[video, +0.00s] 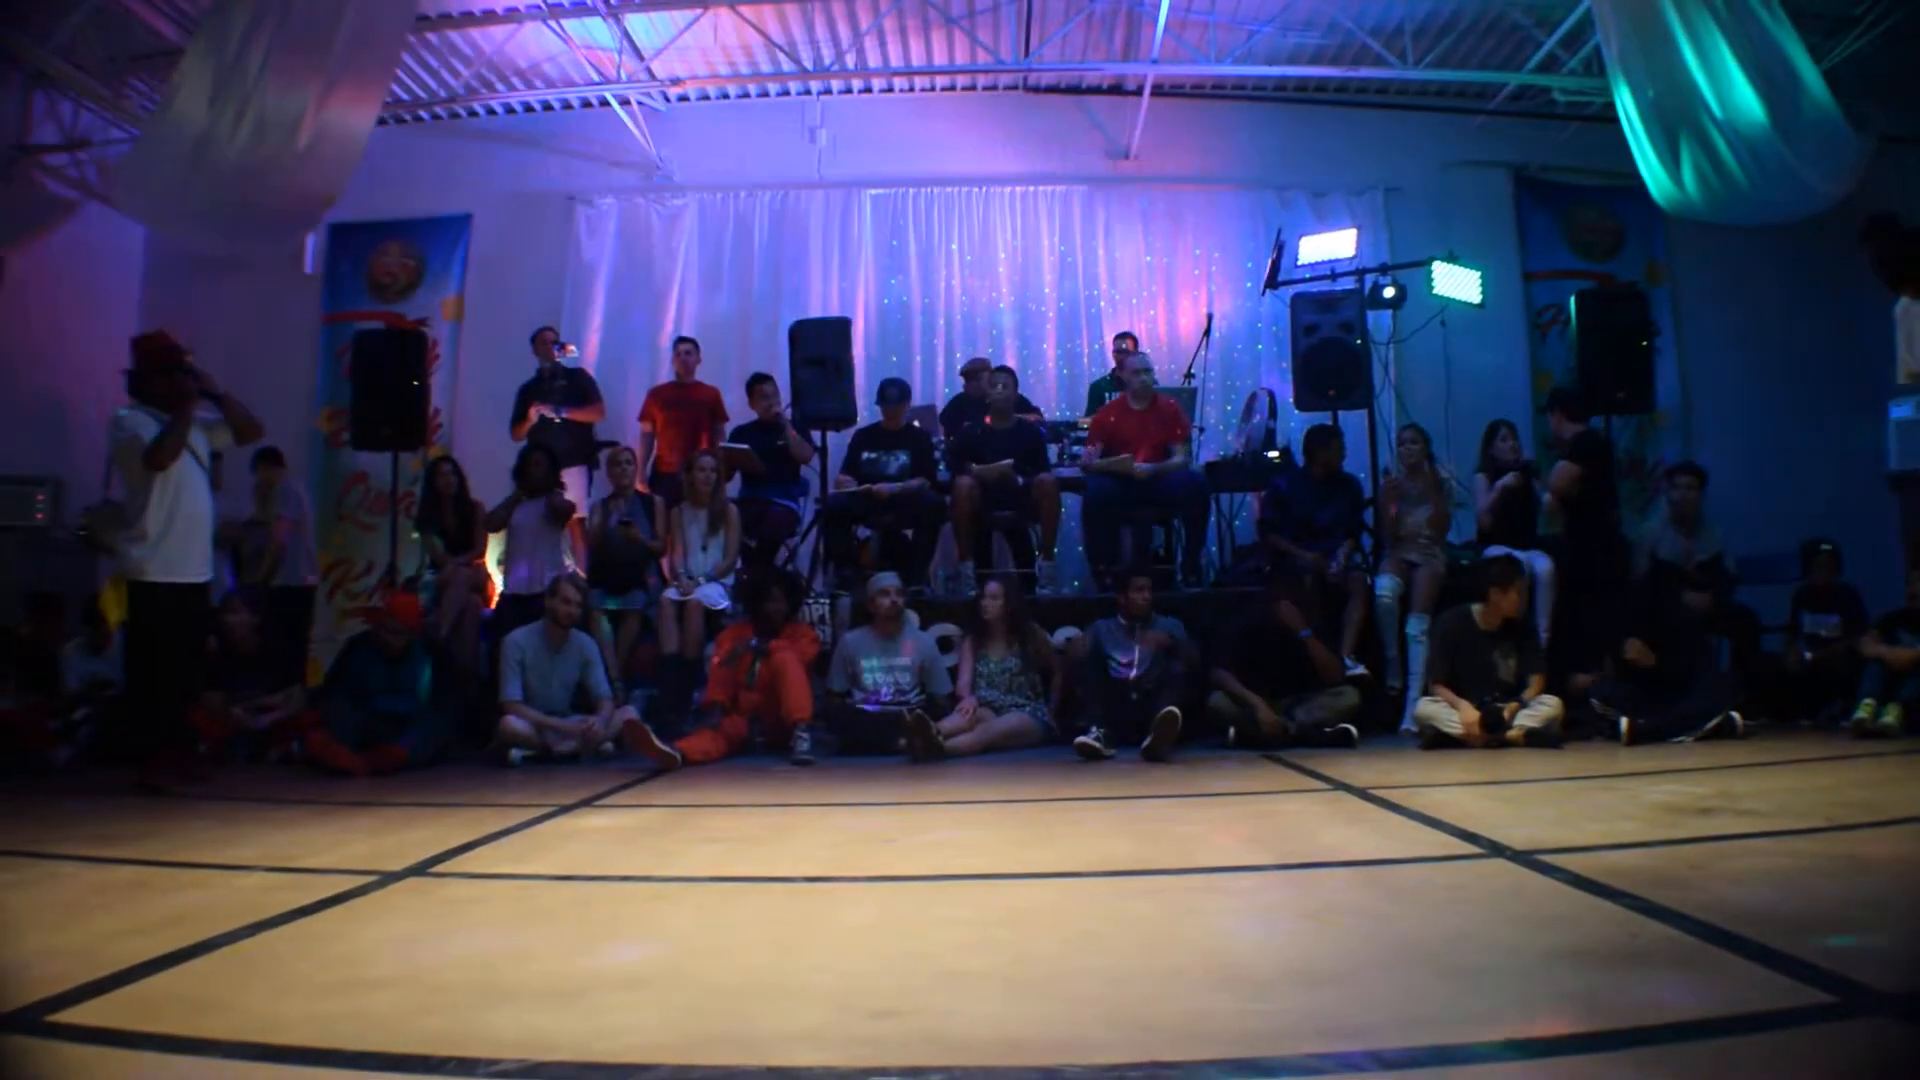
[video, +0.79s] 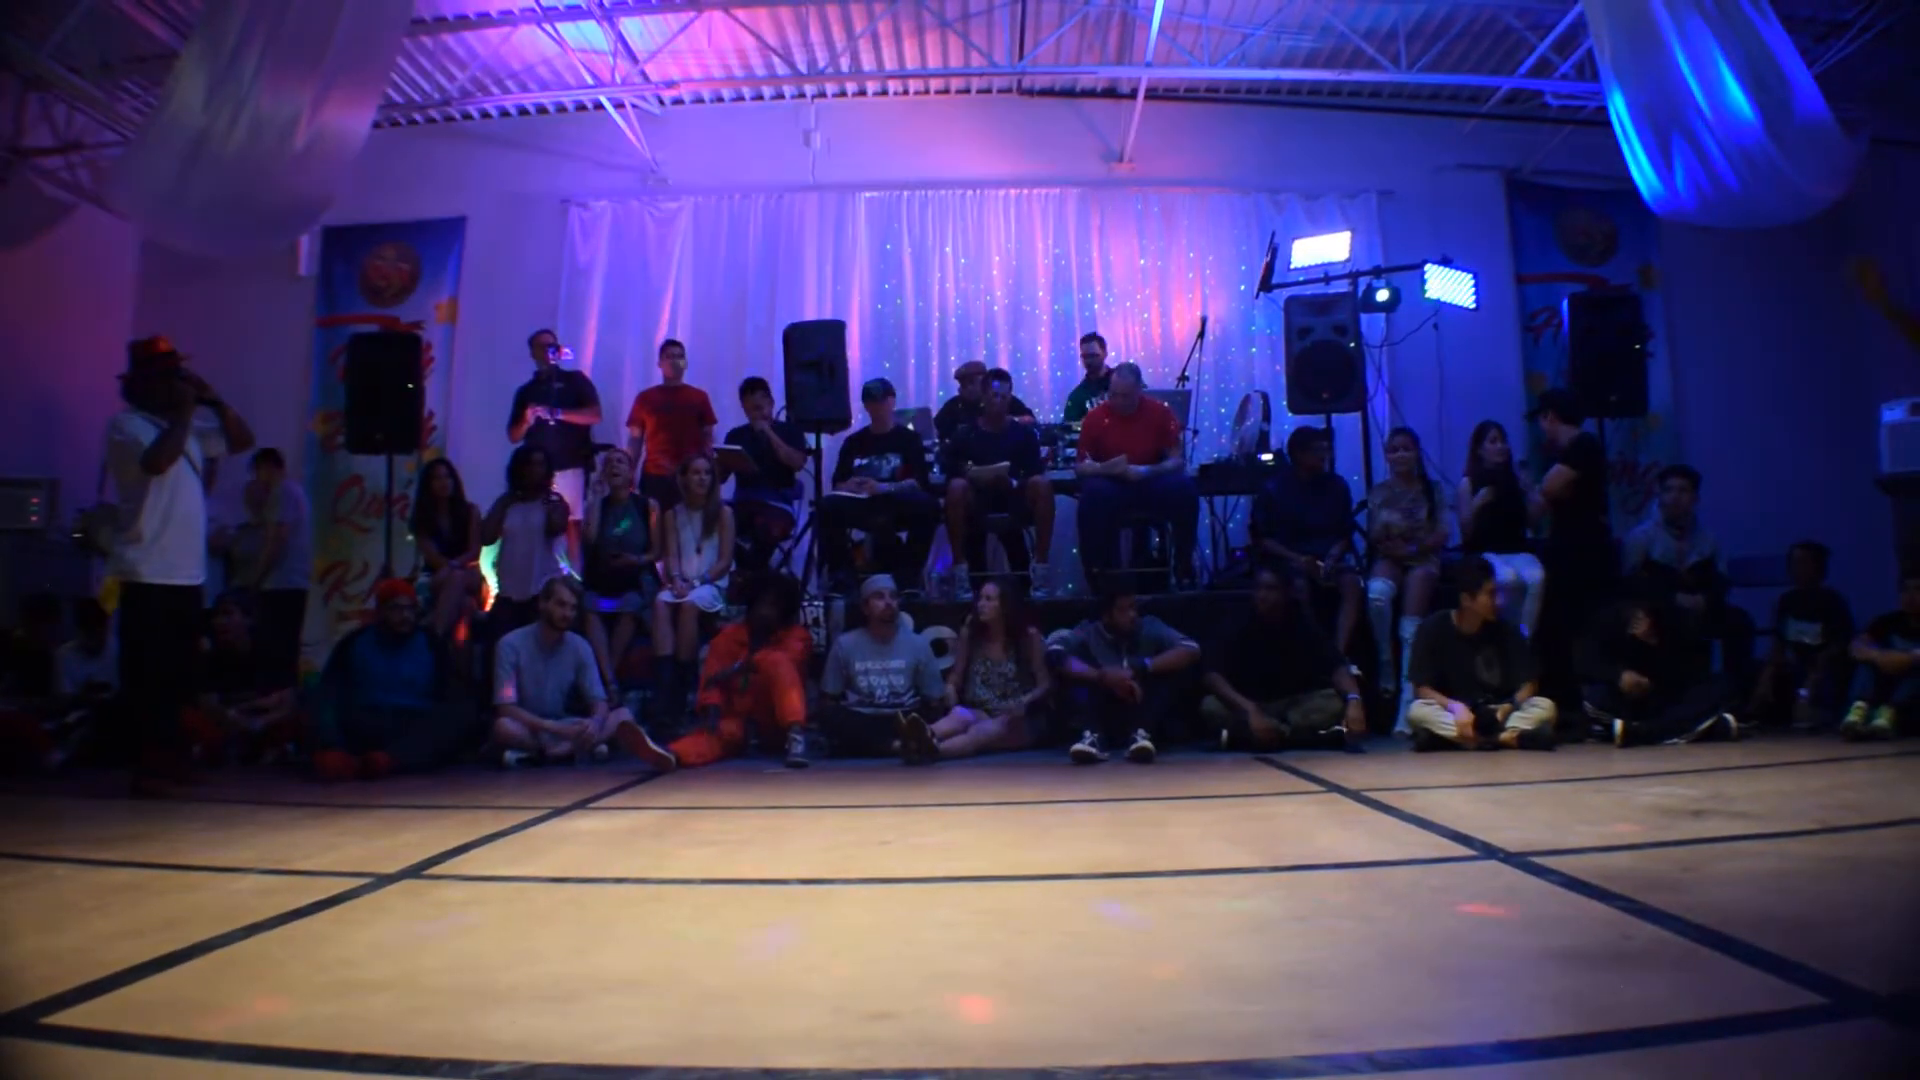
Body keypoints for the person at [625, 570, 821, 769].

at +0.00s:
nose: (773, 609)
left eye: (780, 603)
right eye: (768, 602)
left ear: (791, 606)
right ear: (755, 603)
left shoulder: (802, 633)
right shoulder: (734, 636)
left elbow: (801, 655)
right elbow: (720, 674)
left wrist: (765, 649)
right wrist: (715, 708)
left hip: (781, 715)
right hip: (742, 719)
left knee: (784, 657)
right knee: (716, 737)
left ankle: (801, 734)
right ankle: (677, 752)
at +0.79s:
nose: (763, 614)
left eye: (772, 607)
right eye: (759, 606)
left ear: (785, 612)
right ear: (751, 607)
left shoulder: (796, 636)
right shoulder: (730, 637)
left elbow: (785, 659)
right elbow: (712, 676)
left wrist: (747, 665)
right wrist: (712, 706)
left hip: (774, 714)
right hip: (738, 716)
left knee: (774, 660)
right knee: (720, 736)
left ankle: (795, 737)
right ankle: (672, 755)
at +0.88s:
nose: (763, 613)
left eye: (772, 607)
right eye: (759, 605)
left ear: (784, 611)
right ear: (751, 607)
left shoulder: (796, 637)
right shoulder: (727, 640)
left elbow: (784, 658)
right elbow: (710, 693)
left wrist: (744, 668)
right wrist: (727, 724)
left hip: (774, 718)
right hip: (737, 721)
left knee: (776, 661)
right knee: (709, 739)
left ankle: (795, 737)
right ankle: (672, 754)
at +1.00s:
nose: (762, 613)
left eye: (771, 607)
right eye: (758, 606)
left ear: (785, 612)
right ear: (750, 607)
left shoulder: (796, 637)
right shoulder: (726, 642)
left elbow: (786, 658)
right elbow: (707, 695)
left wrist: (744, 667)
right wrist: (720, 713)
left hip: (773, 720)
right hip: (737, 723)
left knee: (775, 660)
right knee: (706, 738)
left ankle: (795, 737)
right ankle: (670, 755)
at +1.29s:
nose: (762, 613)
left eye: (771, 607)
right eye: (758, 605)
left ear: (785, 612)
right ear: (750, 607)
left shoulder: (795, 637)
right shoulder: (725, 642)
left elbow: (784, 659)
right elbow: (706, 701)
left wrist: (744, 668)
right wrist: (735, 714)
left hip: (773, 720)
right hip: (737, 722)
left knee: (774, 660)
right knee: (711, 734)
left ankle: (794, 736)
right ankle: (669, 756)